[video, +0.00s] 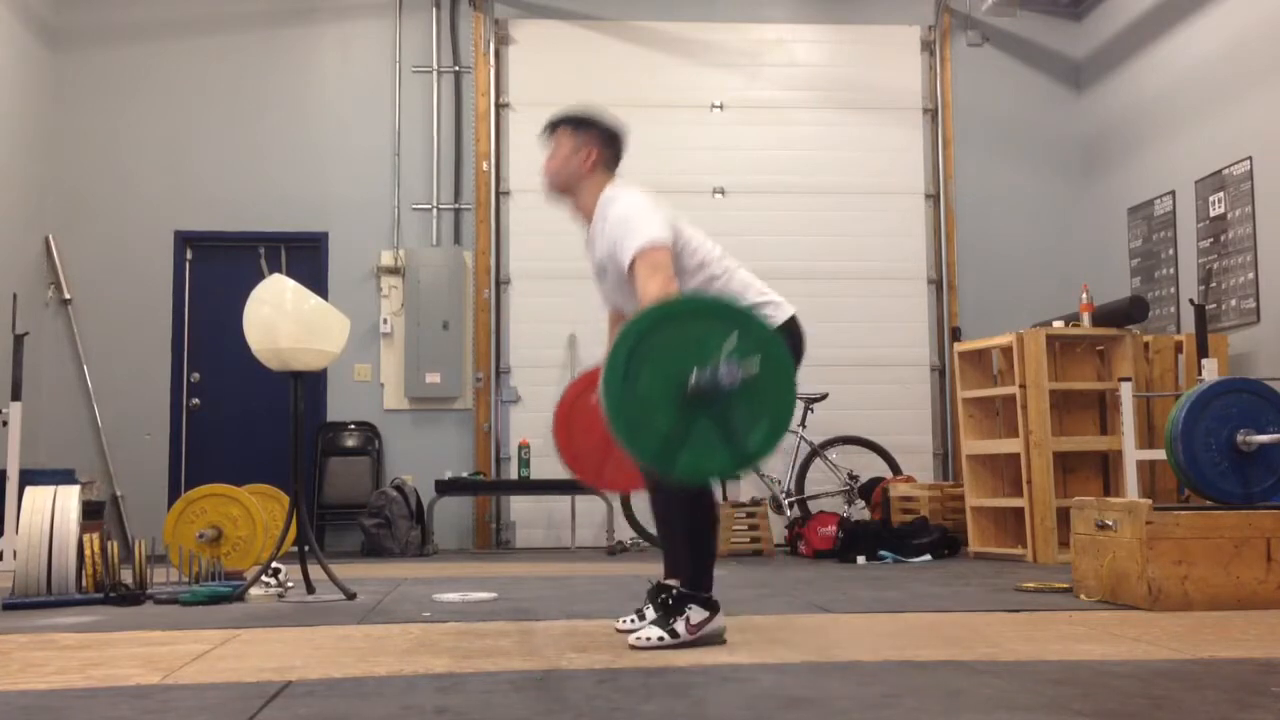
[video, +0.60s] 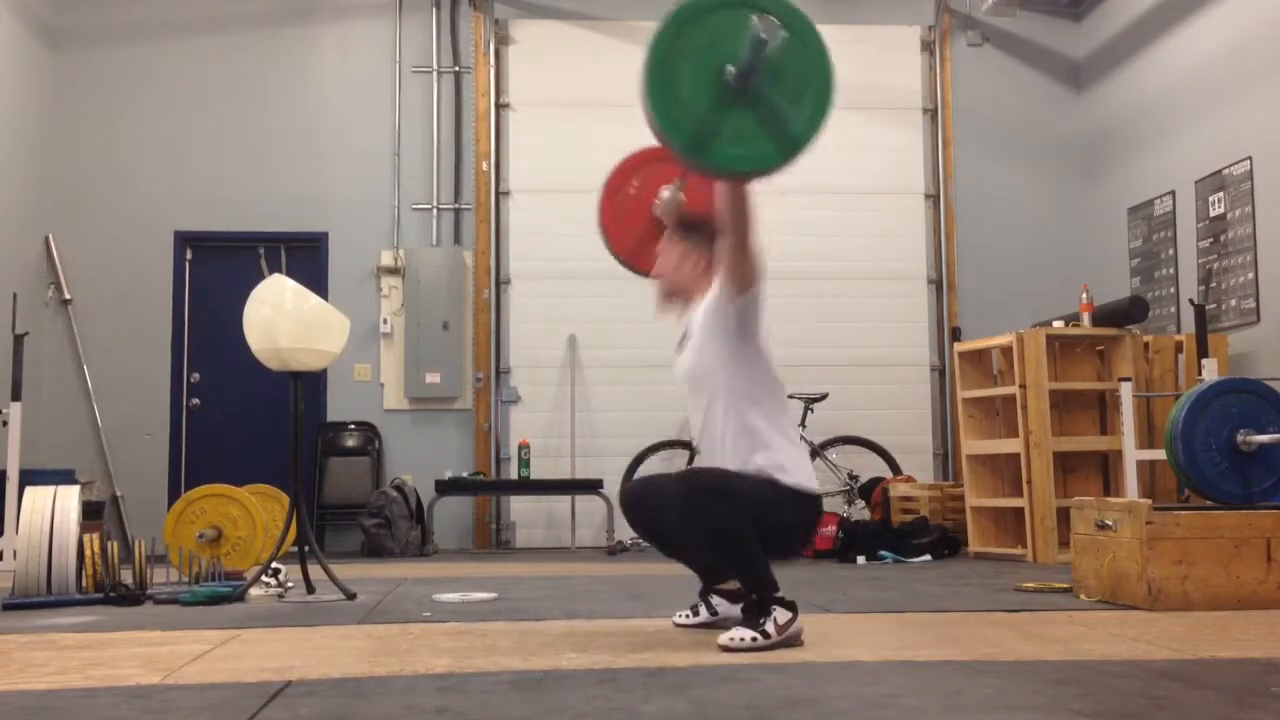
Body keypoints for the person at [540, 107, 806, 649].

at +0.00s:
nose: (546, 159)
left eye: (556, 146)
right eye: (549, 148)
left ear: (590, 154)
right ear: (586, 157)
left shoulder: (627, 209)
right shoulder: (600, 230)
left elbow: (661, 291)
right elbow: (620, 318)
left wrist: (649, 380)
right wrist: (615, 395)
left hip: (761, 333)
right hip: (727, 339)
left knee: (684, 455)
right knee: (660, 452)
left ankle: (697, 604)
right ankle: (676, 592)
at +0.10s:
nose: (602, 101)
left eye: (615, 91)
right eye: (607, 90)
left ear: (644, 103)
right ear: (634, 104)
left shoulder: (662, 163)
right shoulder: (640, 172)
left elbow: (683, 246)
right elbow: (656, 273)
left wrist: (654, 344)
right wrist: (634, 357)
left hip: (693, 357)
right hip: (673, 356)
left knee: (631, 458)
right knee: (629, 459)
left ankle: (690, 604)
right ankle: (670, 596)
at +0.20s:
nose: (681, 63)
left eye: (694, 52)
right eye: (685, 52)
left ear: (724, 63)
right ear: (708, 64)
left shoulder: (725, 124)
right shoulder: (697, 128)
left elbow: (722, 202)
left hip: (692, 316)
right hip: (668, 312)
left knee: (638, 436)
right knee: (639, 440)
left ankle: (686, 594)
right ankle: (665, 587)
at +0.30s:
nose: (755, 49)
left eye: (769, 40)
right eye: (759, 38)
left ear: (798, 55)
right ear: (782, 51)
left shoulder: (787, 110)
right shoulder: (754, 112)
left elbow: (719, 184)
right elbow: (694, 193)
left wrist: (647, 257)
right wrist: (645, 257)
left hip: (710, 285)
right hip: (686, 282)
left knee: (676, 423)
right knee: (663, 423)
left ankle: (695, 583)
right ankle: (684, 572)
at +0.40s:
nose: (779, 87)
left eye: (789, 79)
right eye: (783, 79)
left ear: (815, 91)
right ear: (816, 93)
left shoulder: (817, 142)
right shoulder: (774, 139)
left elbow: (795, 142)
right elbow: (714, 182)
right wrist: (651, 218)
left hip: (719, 320)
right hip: (694, 310)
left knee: (667, 458)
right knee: (646, 454)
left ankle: (760, 596)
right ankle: (723, 584)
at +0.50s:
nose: (720, 172)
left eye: (735, 161)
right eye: (721, 161)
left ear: (767, 166)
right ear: (728, 173)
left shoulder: (782, 232)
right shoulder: (736, 232)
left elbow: (792, 195)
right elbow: (710, 233)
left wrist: (741, 136)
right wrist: (663, 208)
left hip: (758, 429)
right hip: (721, 423)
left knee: (671, 499)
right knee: (632, 499)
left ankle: (773, 610)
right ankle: (725, 594)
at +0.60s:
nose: (656, 263)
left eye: (668, 250)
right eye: (659, 250)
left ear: (701, 258)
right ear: (688, 262)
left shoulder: (728, 312)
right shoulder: (698, 323)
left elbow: (737, 242)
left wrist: (733, 165)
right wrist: (678, 216)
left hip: (788, 503)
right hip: (738, 496)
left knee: (693, 491)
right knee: (641, 496)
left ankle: (773, 609)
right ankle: (726, 592)